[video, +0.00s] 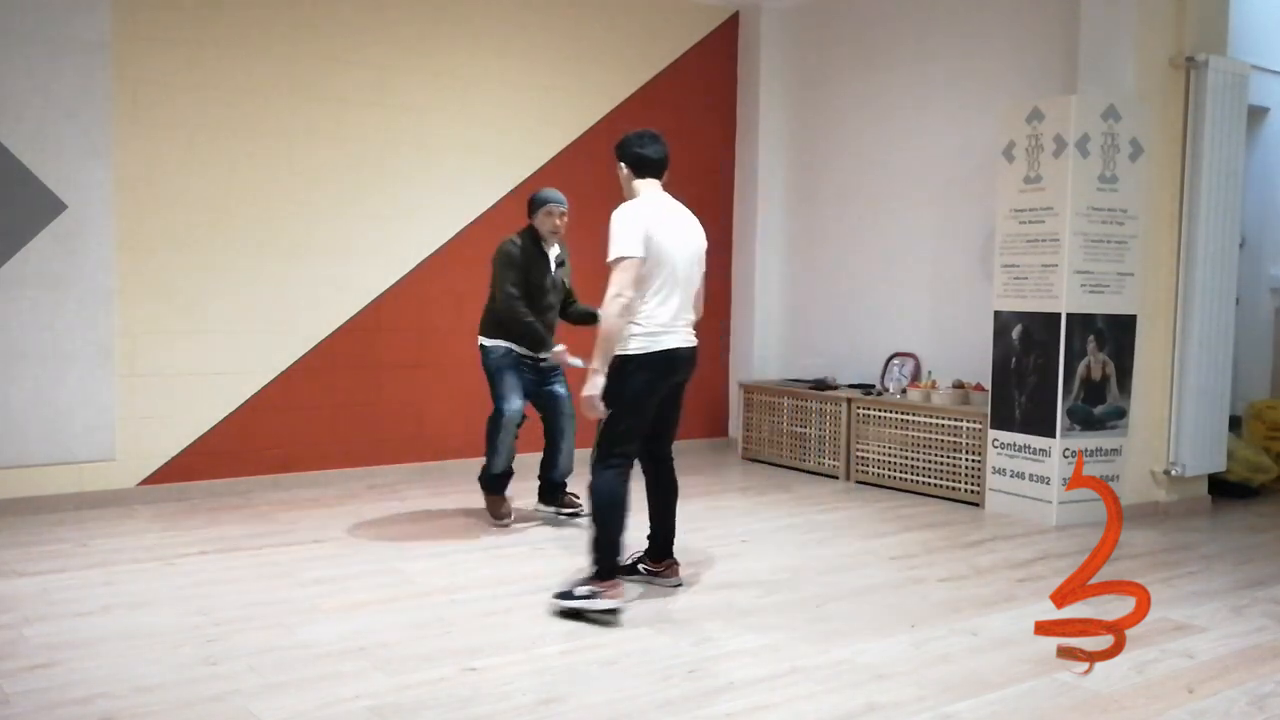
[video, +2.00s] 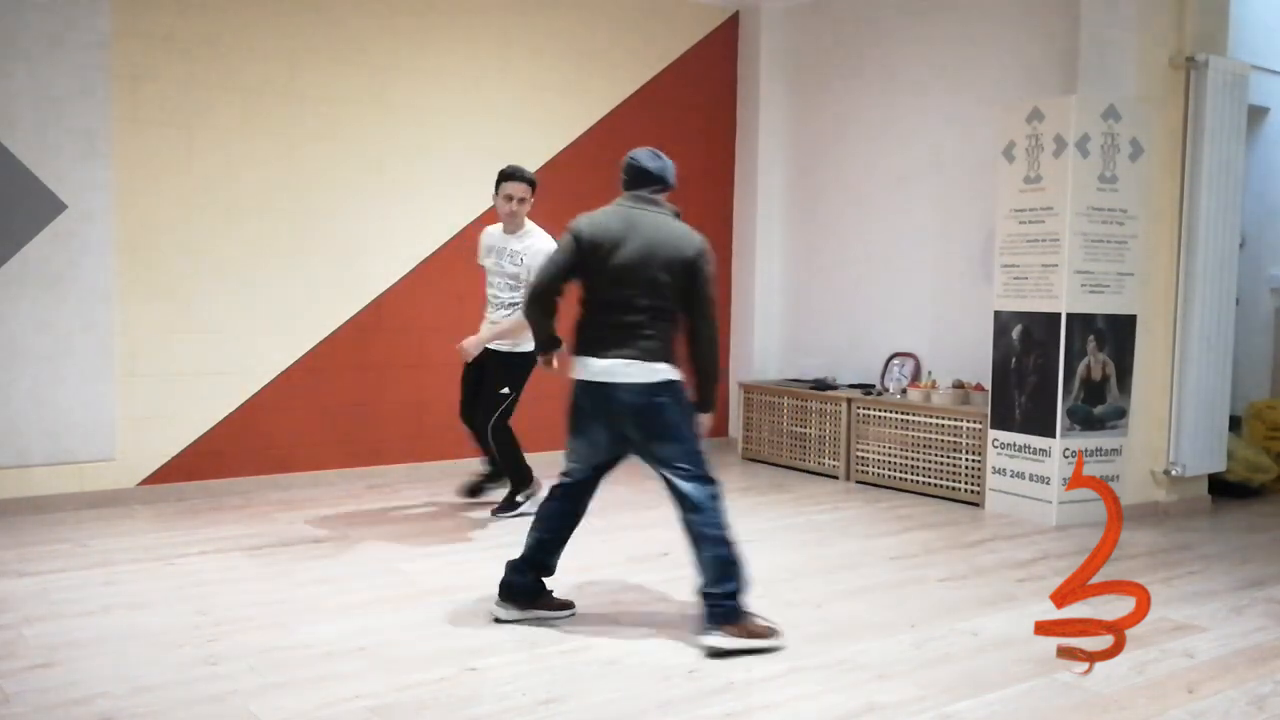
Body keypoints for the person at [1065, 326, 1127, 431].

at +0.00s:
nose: (1087, 346)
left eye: (1091, 342)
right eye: (1088, 342)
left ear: (1098, 345)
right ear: (1088, 345)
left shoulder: (1108, 364)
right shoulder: (1084, 364)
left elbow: (1113, 389)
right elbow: (1076, 390)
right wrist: (1070, 408)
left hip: (1103, 406)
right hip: (1086, 406)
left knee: (1121, 411)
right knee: (1071, 410)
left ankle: (1085, 425)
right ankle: (1101, 425)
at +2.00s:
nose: (1087, 345)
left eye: (1091, 342)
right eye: (1088, 342)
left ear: (1099, 344)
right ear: (1088, 345)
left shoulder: (1108, 364)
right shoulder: (1083, 365)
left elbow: (1114, 390)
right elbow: (1076, 391)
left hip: (1102, 406)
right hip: (1086, 406)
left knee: (1121, 411)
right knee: (1071, 410)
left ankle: (1086, 425)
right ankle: (1102, 425)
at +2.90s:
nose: (1088, 345)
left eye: (1091, 342)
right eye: (1088, 342)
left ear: (1098, 344)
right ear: (1087, 344)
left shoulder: (1108, 364)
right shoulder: (1084, 364)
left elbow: (1114, 390)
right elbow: (1076, 390)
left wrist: (1108, 406)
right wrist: (1070, 409)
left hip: (1102, 406)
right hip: (1085, 406)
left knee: (1121, 411)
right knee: (1071, 410)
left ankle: (1086, 425)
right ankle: (1100, 425)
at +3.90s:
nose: (1088, 345)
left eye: (1091, 342)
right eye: (1088, 342)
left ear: (1098, 344)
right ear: (1087, 344)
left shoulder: (1108, 364)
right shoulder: (1084, 364)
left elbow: (1114, 390)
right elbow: (1076, 390)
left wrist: (1108, 406)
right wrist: (1070, 409)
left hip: (1103, 406)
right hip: (1086, 406)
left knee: (1121, 411)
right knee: (1071, 410)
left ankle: (1087, 424)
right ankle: (1100, 425)